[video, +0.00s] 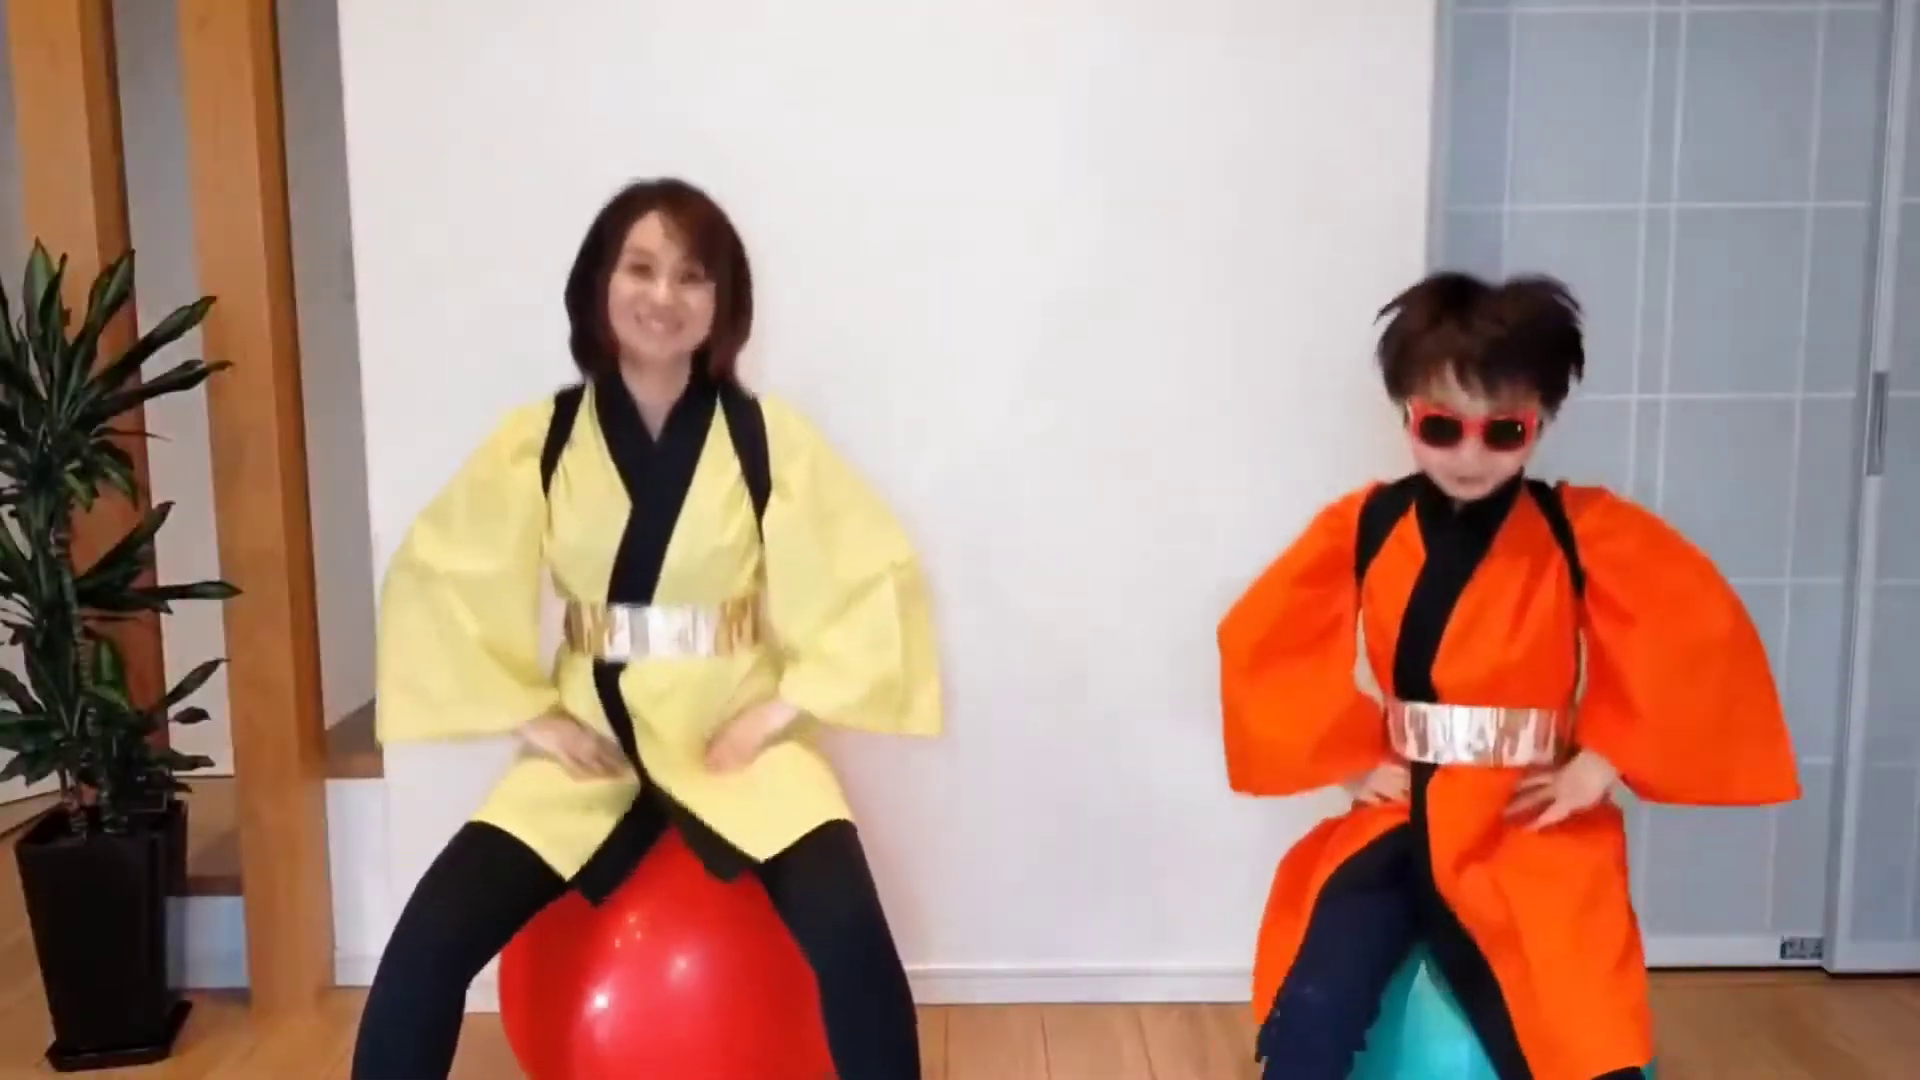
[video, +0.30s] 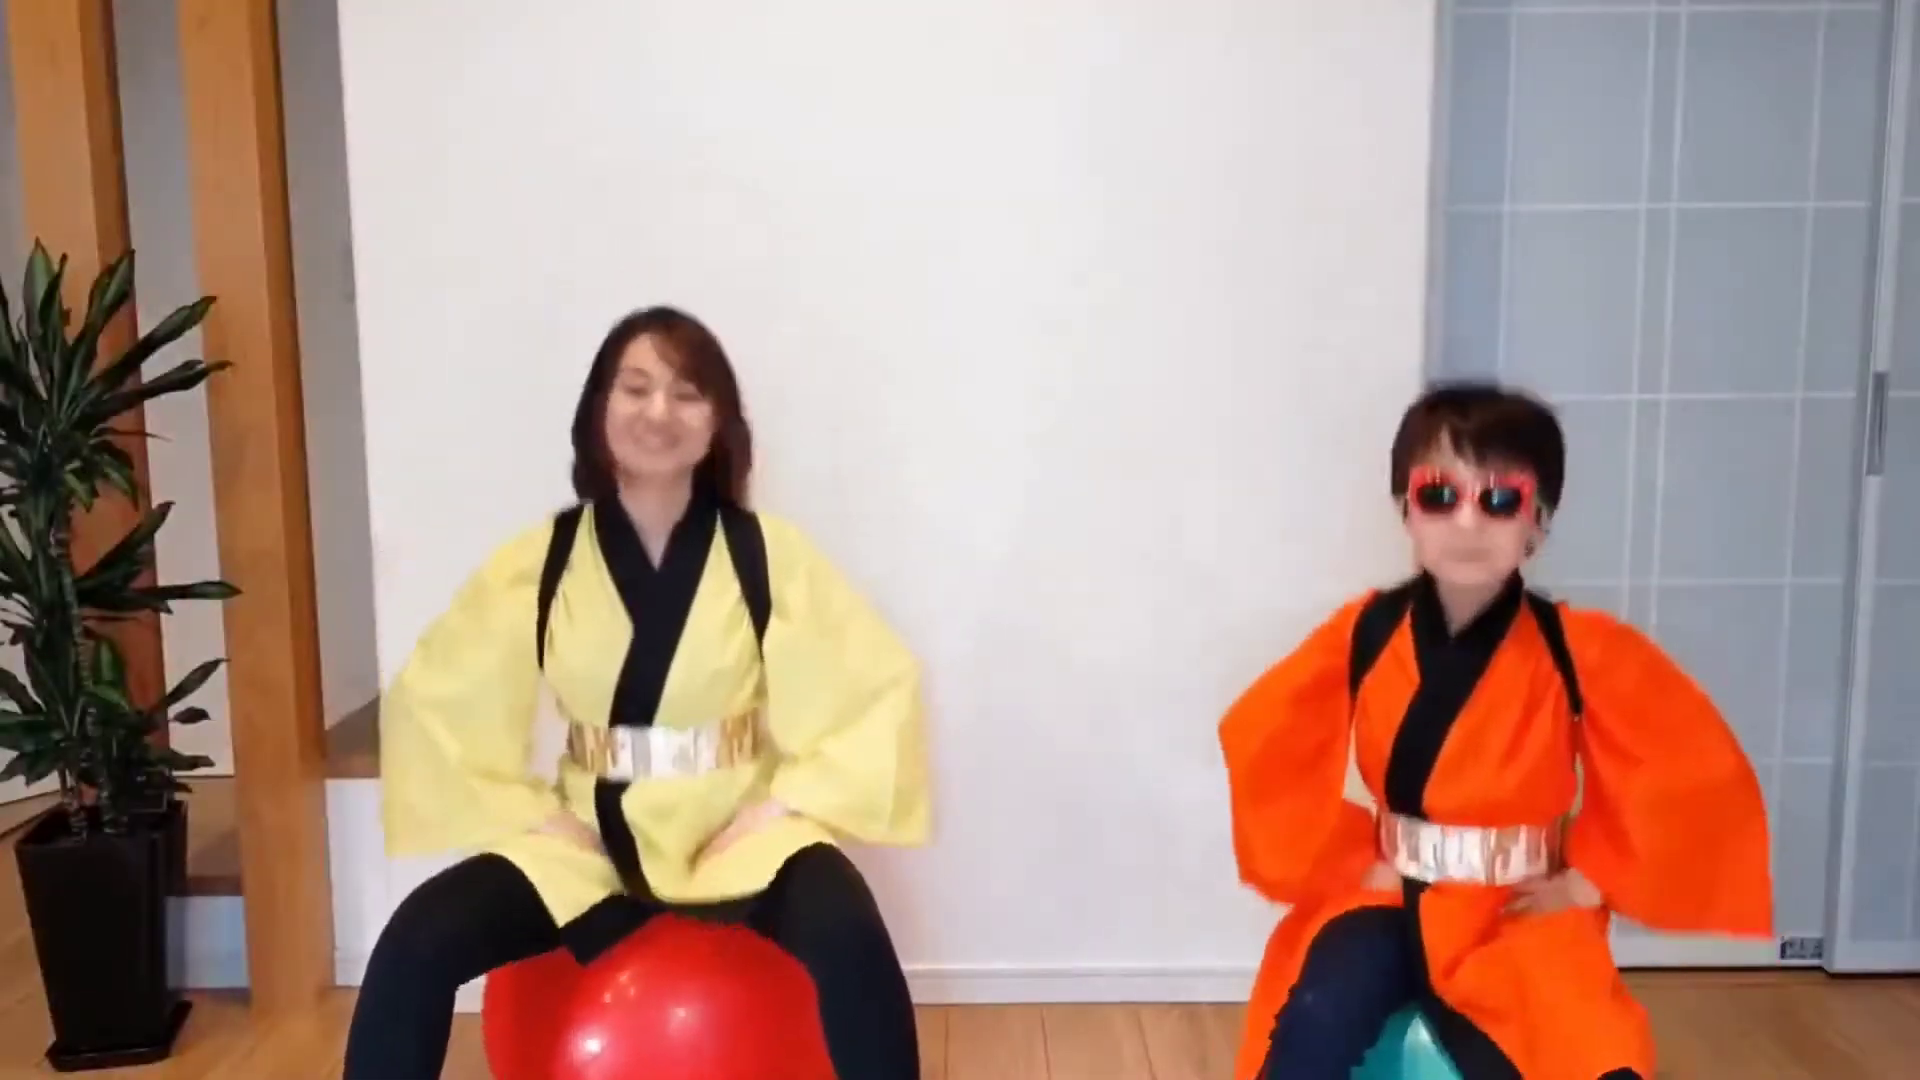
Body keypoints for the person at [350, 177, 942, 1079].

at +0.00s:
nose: (662, 296)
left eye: (690, 277)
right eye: (638, 269)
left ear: (722, 301)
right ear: (598, 287)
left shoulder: (768, 439)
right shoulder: (541, 438)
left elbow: (879, 582)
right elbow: (433, 578)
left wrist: (773, 712)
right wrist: (532, 715)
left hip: (744, 745)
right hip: (586, 747)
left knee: (853, 938)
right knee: (424, 946)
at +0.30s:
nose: (658, 413)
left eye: (685, 395)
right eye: (635, 389)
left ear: (718, 420)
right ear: (598, 409)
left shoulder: (768, 555)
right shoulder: (541, 560)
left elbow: (882, 685)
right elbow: (429, 703)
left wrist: (782, 807)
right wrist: (533, 817)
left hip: (742, 843)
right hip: (584, 849)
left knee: (846, 926)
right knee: (419, 935)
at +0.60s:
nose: (646, 285)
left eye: (677, 266)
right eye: (624, 257)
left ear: (713, 290)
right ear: (585, 272)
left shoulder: (758, 423)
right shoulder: (524, 426)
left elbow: (875, 562)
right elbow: (418, 572)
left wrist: (779, 678)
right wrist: (523, 692)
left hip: (739, 733)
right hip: (577, 739)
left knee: (846, 932)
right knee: (426, 947)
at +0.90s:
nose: (653, 412)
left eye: (680, 392)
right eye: (628, 388)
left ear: (712, 418)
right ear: (592, 409)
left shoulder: (761, 554)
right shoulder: (540, 559)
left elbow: (872, 699)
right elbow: (424, 705)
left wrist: (770, 812)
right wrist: (535, 816)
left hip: (734, 847)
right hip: (582, 848)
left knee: (834, 917)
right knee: (423, 941)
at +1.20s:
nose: (657, 302)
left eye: (686, 283)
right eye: (633, 273)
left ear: (718, 305)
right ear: (591, 285)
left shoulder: (762, 434)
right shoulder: (529, 437)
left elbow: (877, 570)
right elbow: (422, 578)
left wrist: (783, 685)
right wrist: (524, 699)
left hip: (743, 740)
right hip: (580, 746)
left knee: (846, 927)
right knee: (429, 947)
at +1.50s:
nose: (656, 384)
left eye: (683, 364)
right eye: (631, 359)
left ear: (713, 387)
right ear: (593, 375)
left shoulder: (763, 522)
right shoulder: (539, 529)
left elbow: (872, 670)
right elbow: (433, 681)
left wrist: (779, 782)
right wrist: (541, 793)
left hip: (745, 817)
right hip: (589, 824)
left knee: (847, 932)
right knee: (433, 940)